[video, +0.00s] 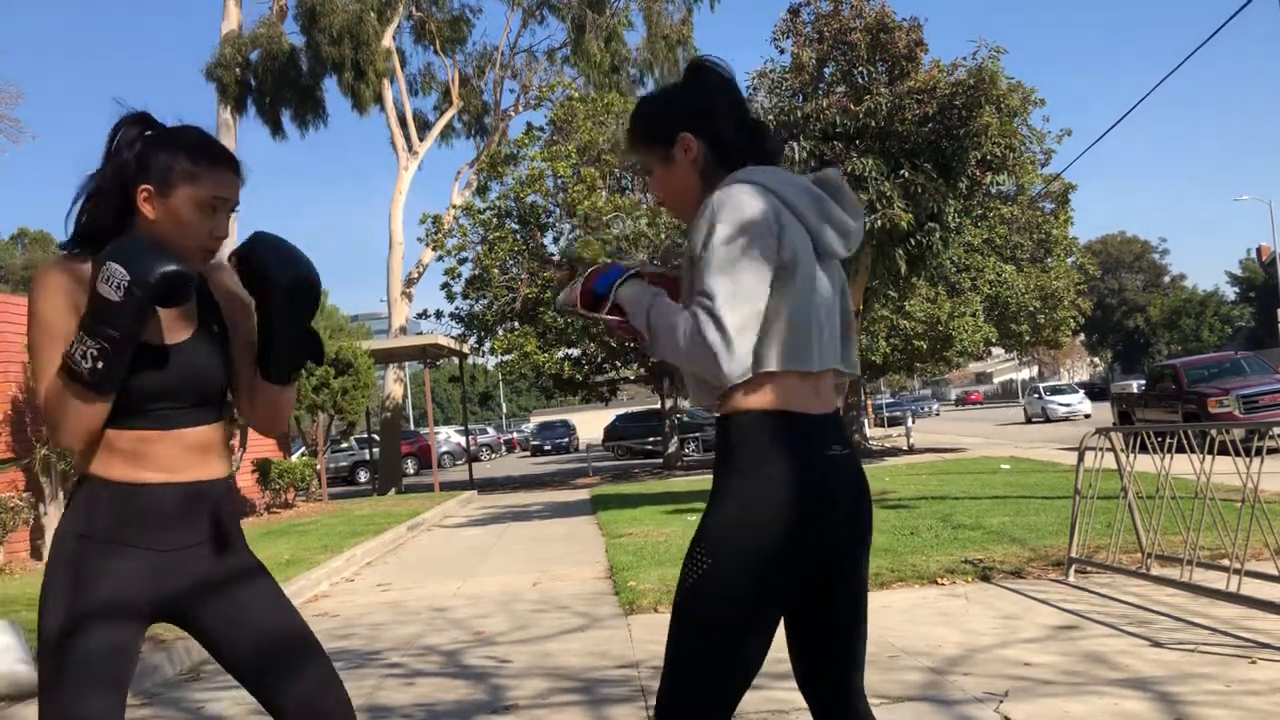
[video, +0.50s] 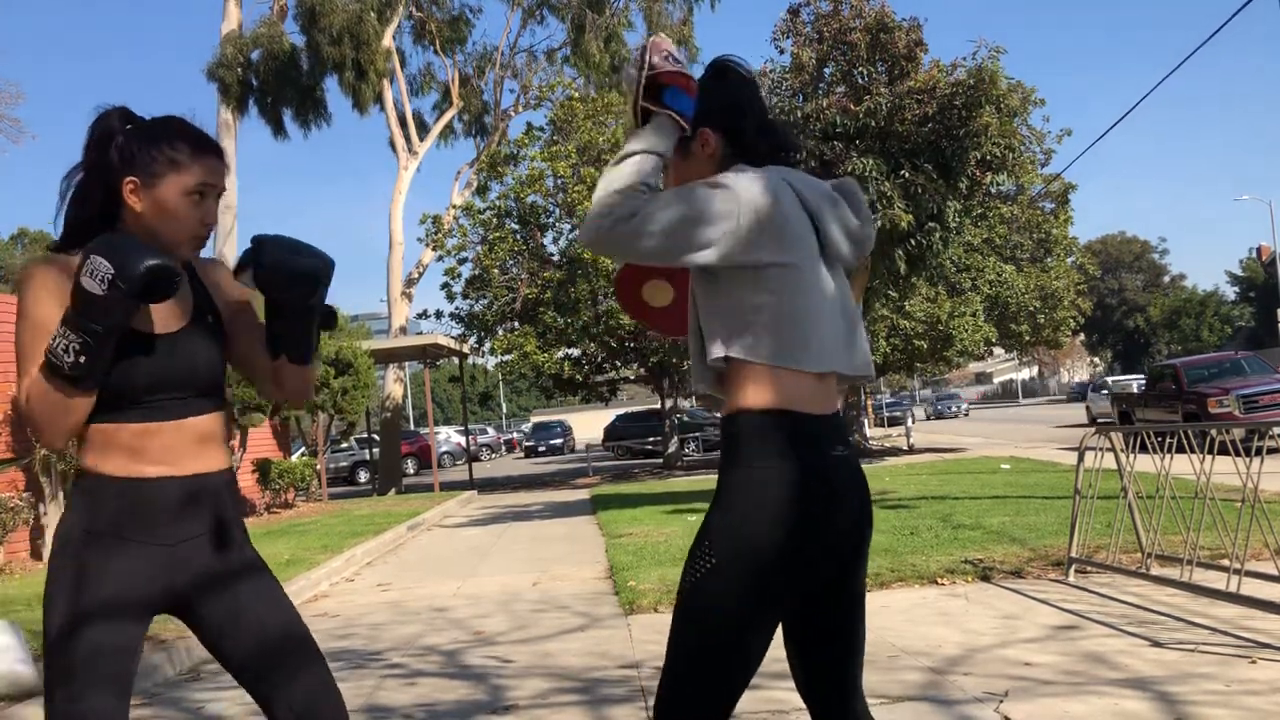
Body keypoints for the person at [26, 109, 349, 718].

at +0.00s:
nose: (225, 228)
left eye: (231, 211)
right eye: (213, 208)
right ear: (148, 201)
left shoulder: (224, 290)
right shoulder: (66, 282)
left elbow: (272, 420)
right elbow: (68, 434)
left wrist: (287, 317)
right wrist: (112, 323)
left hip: (215, 539)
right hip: (108, 541)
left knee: (326, 706)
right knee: (78, 709)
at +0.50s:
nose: (213, 215)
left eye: (216, 198)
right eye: (200, 196)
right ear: (134, 193)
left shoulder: (214, 282)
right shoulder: (56, 279)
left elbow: (291, 389)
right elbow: (47, 429)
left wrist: (297, 310)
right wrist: (94, 319)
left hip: (215, 531)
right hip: (107, 536)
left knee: (318, 707)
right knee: (84, 711)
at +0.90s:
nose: (229, 216)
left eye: (234, 198)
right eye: (211, 195)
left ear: (238, 199)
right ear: (149, 195)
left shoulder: (259, 263)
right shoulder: (95, 294)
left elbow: (402, 262)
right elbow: (90, 447)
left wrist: (459, 192)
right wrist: (115, 337)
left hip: (248, 539)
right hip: (138, 540)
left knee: (360, 707)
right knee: (110, 709)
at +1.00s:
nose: (260, 217)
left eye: (263, 200)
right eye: (247, 198)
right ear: (185, 197)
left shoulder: (278, 265)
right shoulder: (121, 305)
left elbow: (403, 283)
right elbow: (130, 459)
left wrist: (452, 215)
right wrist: (166, 356)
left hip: (264, 541)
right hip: (166, 543)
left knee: (380, 705)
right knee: (146, 709)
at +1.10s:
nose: (287, 211)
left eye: (289, 194)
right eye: (276, 191)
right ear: (216, 191)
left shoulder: (273, 274)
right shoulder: (144, 295)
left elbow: (367, 361)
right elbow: (156, 445)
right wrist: (221, 340)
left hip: (278, 536)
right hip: (190, 541)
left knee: (387, 700)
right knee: (194, 711)